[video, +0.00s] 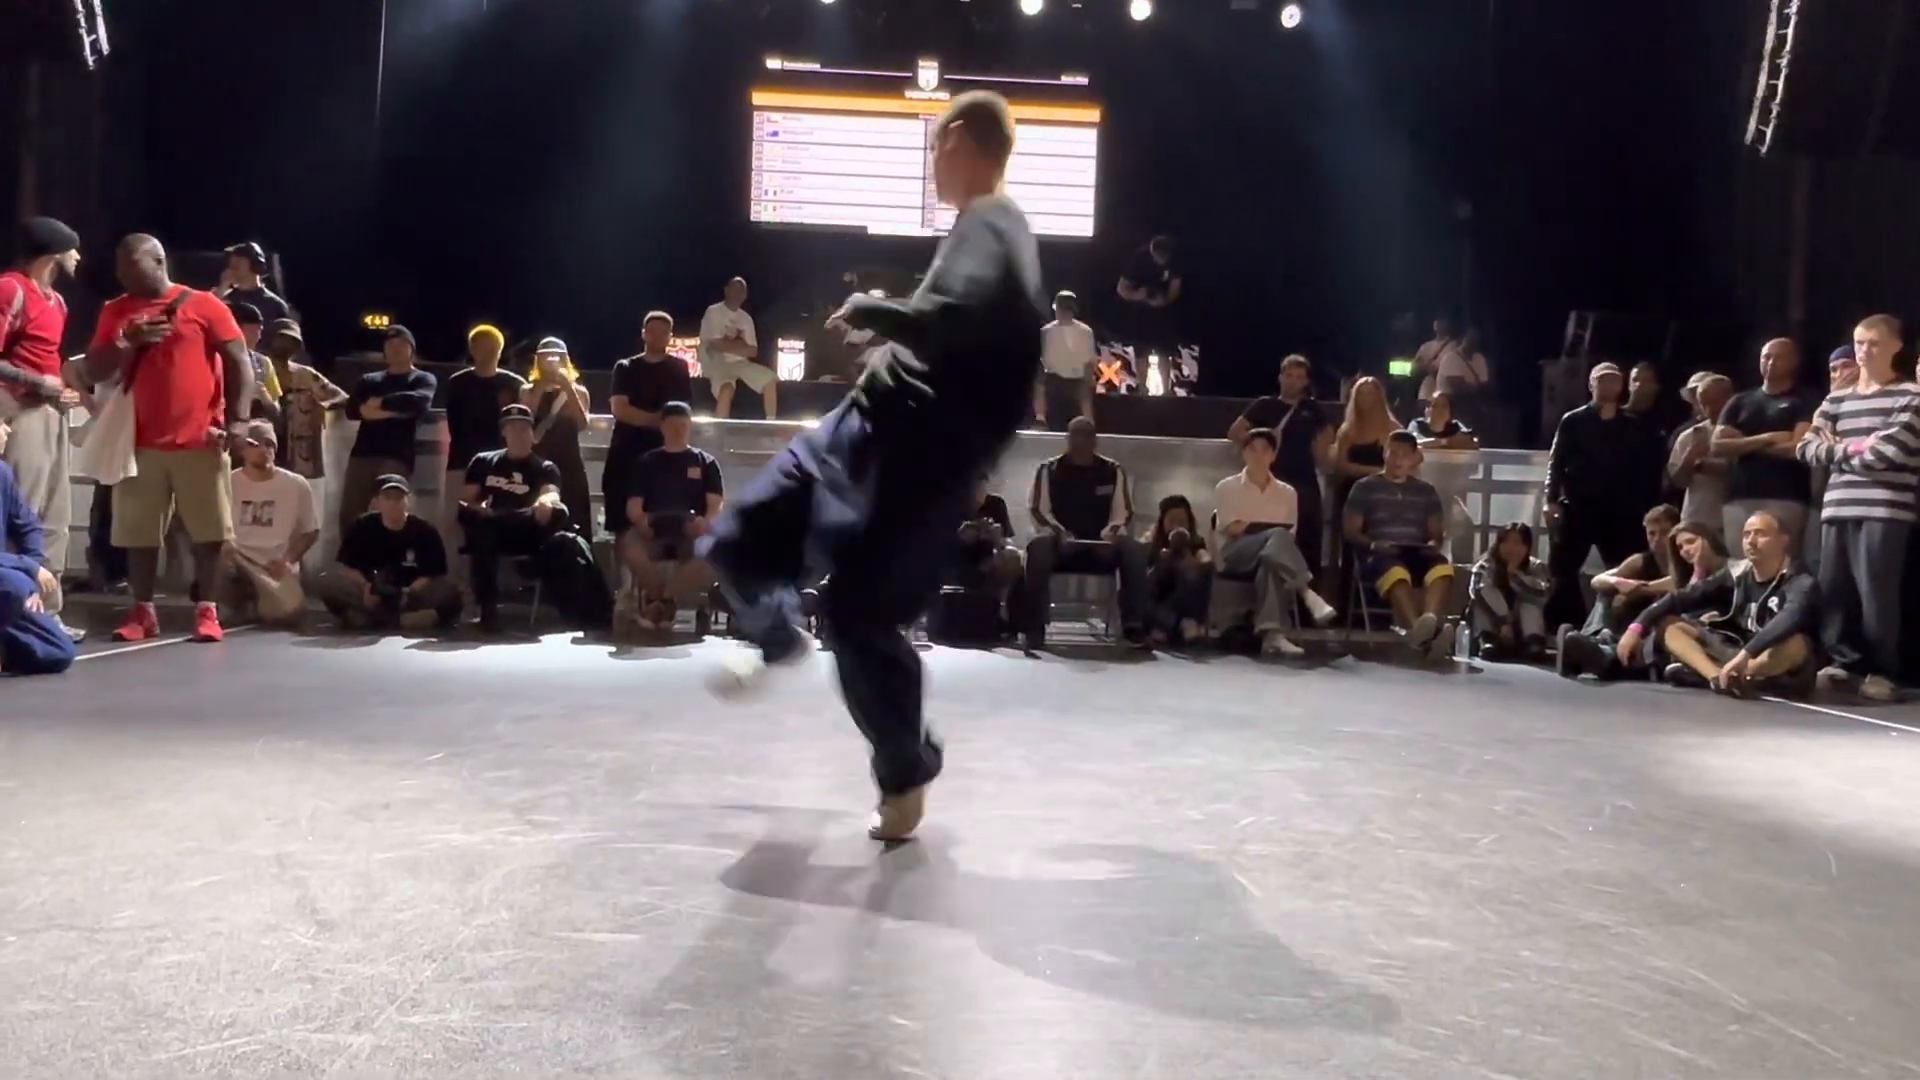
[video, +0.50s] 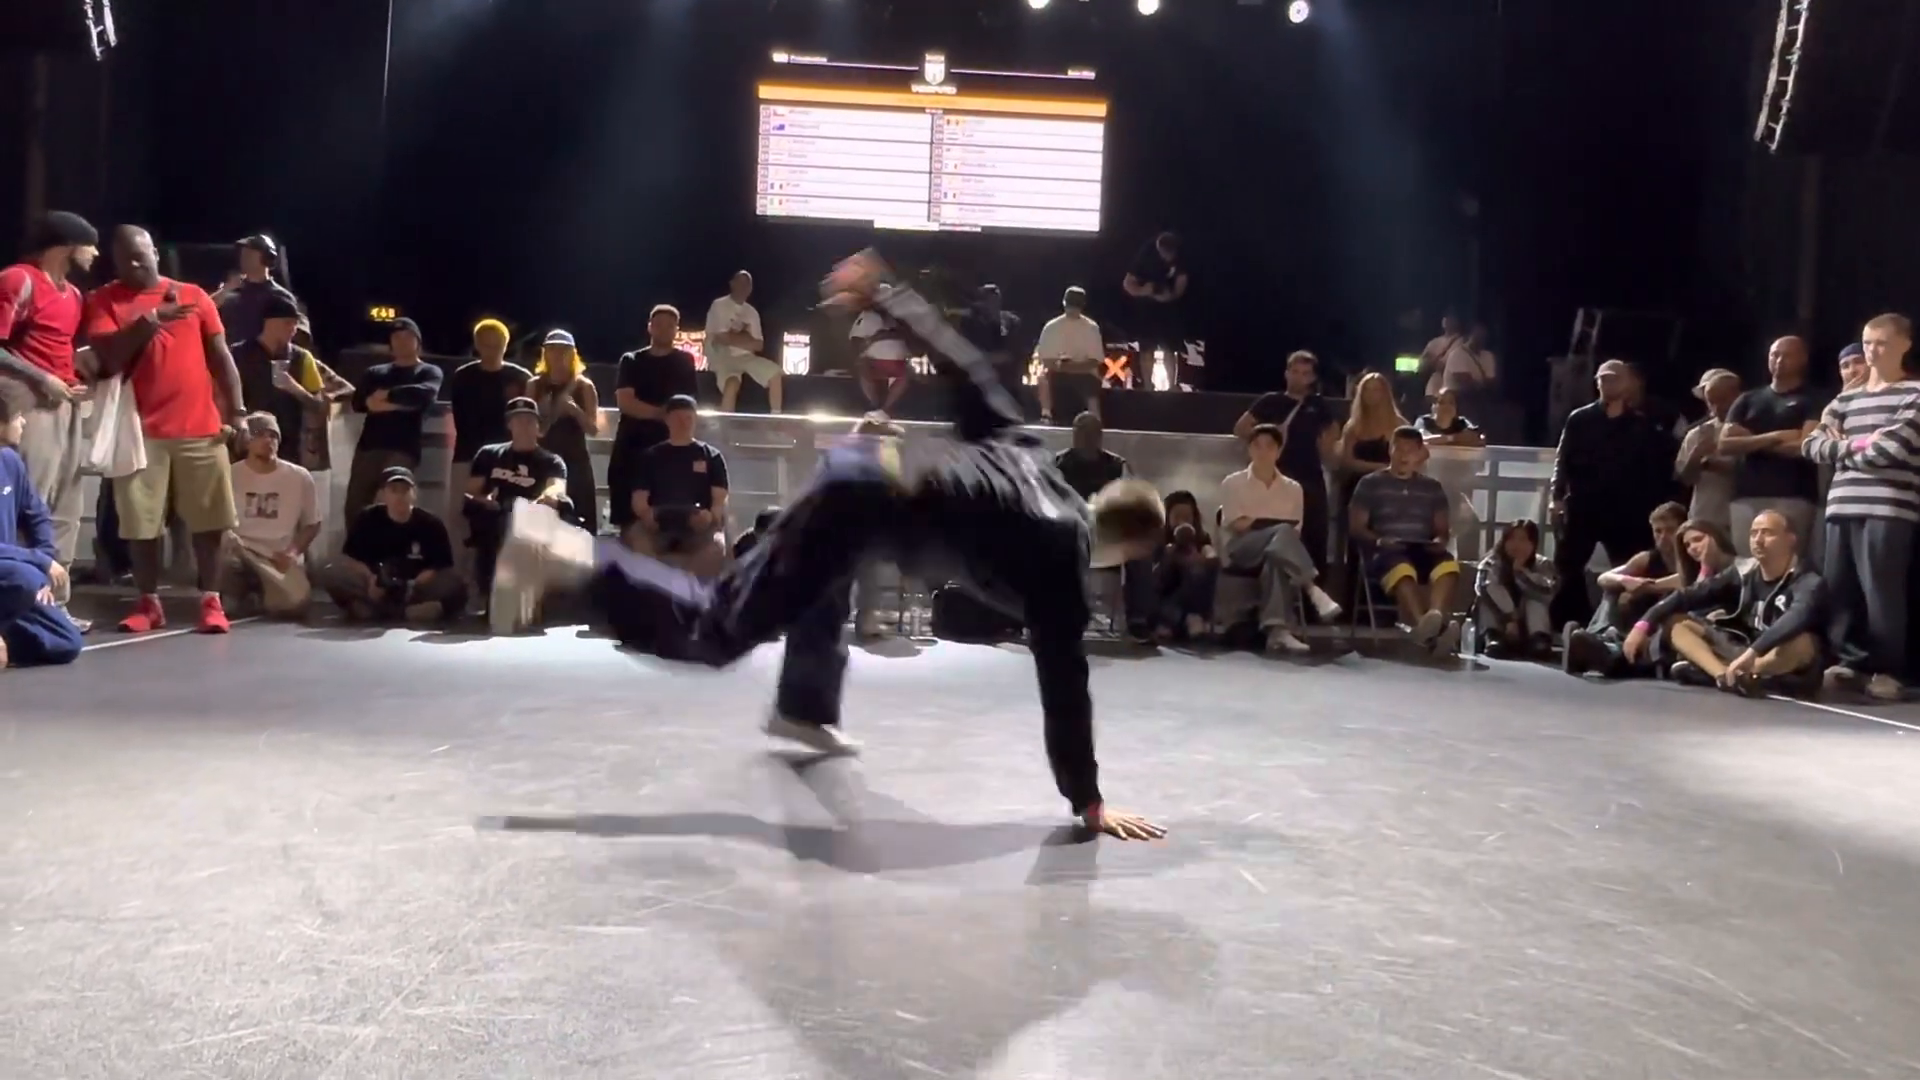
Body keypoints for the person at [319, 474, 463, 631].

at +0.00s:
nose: (394, 504)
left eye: (399, 499)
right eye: (388, 498)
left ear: (407, 501)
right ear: (378, 502)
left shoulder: (424, 531)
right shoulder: (362, 527)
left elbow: (432, 572)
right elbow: (345, 567)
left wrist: (407, 593)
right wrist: (364, 586)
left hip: (409, 592)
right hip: (371, 591)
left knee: (448, 591)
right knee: (328, 581)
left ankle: (373, 620)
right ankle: (398, 620)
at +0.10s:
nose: (395, 503)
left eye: (400, 496)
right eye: (389, 496)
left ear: (408, 499)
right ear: (379, 500)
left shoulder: (425, 529)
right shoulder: (363, 525)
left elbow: (434, 570)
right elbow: (346, 564)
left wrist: (408, 591)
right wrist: (365, 584)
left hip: (409, 590)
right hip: (372, 589)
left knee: (449, 589)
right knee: (328, 579)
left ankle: (372, 617)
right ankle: (398, 618)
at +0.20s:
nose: (397, 501)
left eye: (401, 495)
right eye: (391, 495)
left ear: (410, 498)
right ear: (381, 499)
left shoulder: (427, 528)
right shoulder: (364, 524)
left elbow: (435, 569)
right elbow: (348, 563)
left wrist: (410, 589)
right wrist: (366, 582)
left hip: (411, 588)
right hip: (373, 587)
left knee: (450, 587)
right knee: (329, 578)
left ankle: (374, 617)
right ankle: (401, 616)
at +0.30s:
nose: (398, 499)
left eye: (403, 493)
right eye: (392, 493)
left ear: (412, 496)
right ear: (381, 497)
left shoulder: (428, 526)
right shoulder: (366, 522)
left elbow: (436, 568)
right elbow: (348, 562)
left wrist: (410, 589)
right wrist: (368, 581)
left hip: (411, 588)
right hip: (373, 587)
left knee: (451, 586)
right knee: (328, 575)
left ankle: (372, 614)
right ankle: (400, 615)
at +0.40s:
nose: (399, 498)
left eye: (404, 492)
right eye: (393, 492)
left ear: (412, 495)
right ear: (382, 495)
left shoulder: (429, 525)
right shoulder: (366, 521)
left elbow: (437, 567)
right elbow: (348, 561)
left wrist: (410, 587)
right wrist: (368, 579)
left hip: (411, 586)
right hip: (374, 586)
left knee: (452, 585)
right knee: (328, 575)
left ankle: (372, 613)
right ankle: (401, 614)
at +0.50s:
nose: (400, 497)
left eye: (405, 491)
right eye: (394, 491)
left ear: (414, 494)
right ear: (383, 494)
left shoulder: (430, 524)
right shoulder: (367, 519)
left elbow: (440, 565)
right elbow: (350, 559)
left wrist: (412, 586)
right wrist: (369, 578)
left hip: (413, 584)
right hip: (375, 584)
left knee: (453, 583)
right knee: (330, 573)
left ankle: (374, 610)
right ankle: (402, 612)